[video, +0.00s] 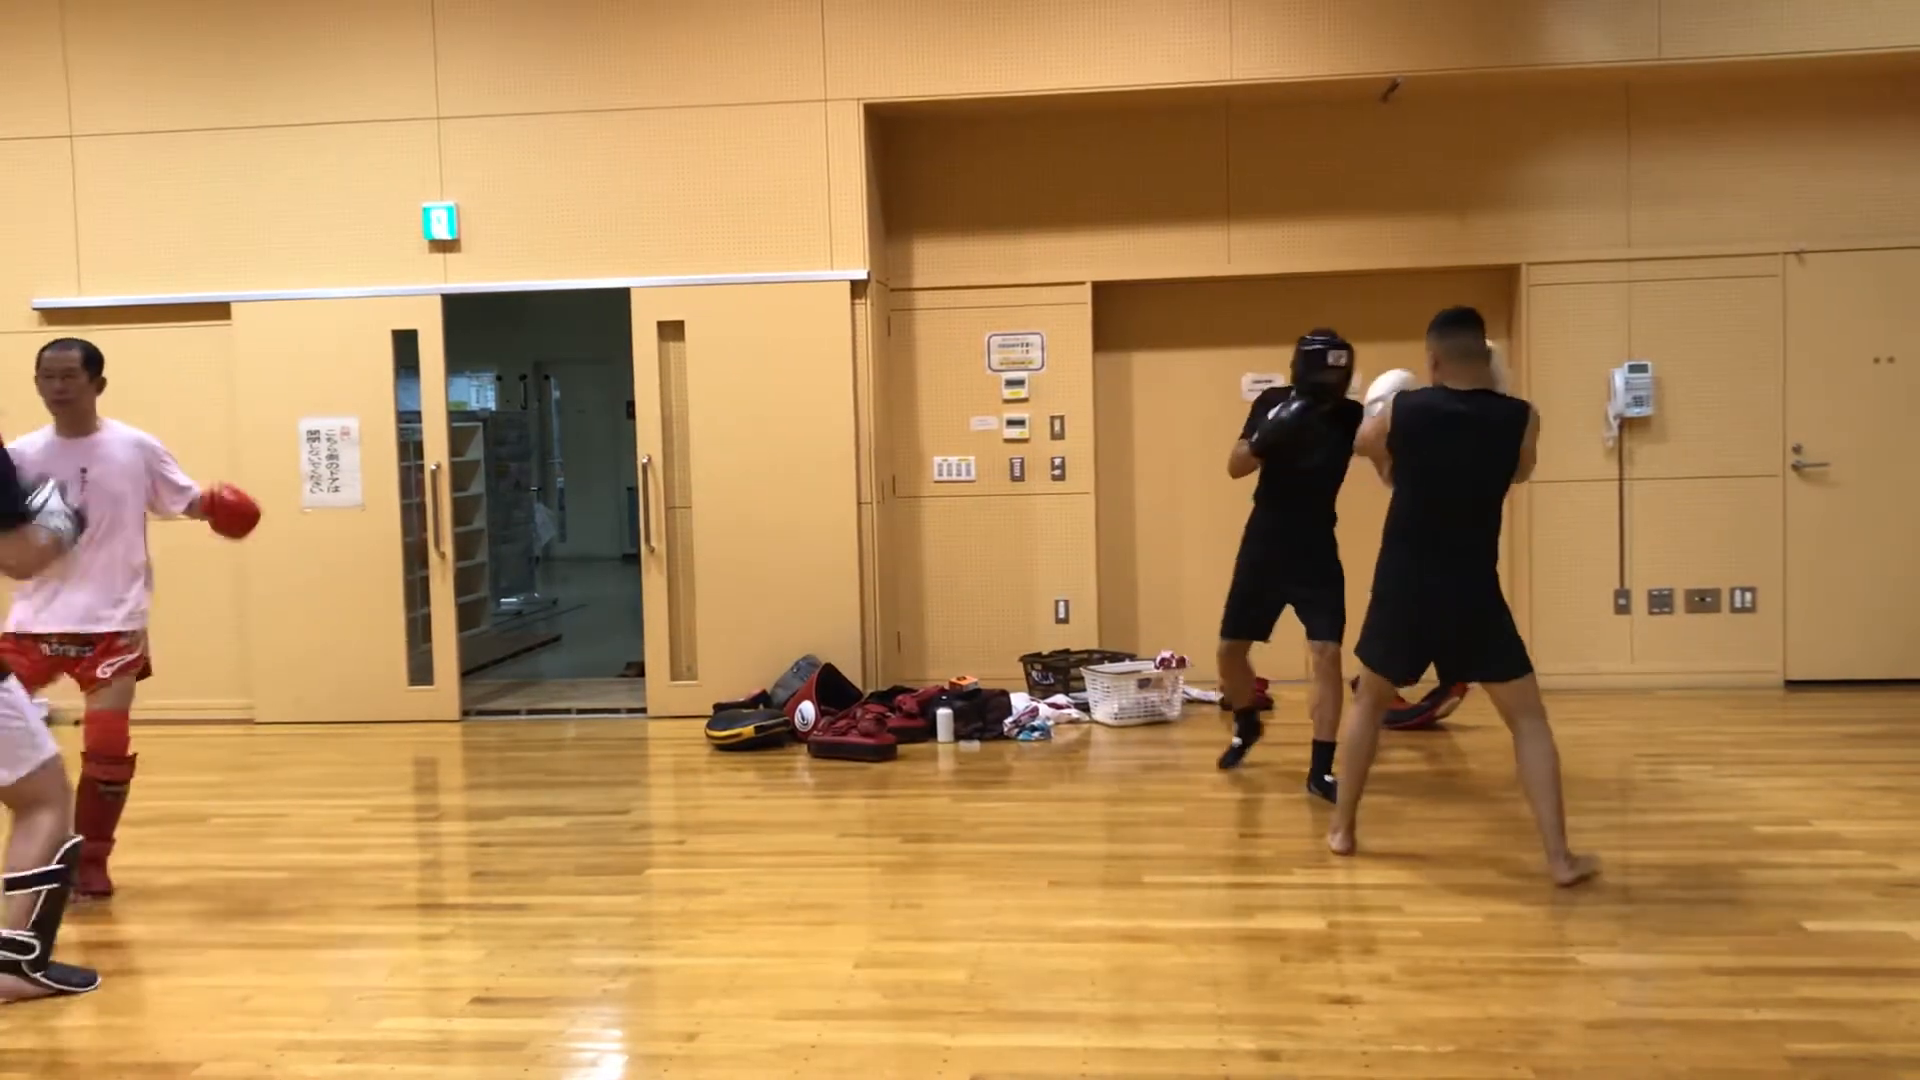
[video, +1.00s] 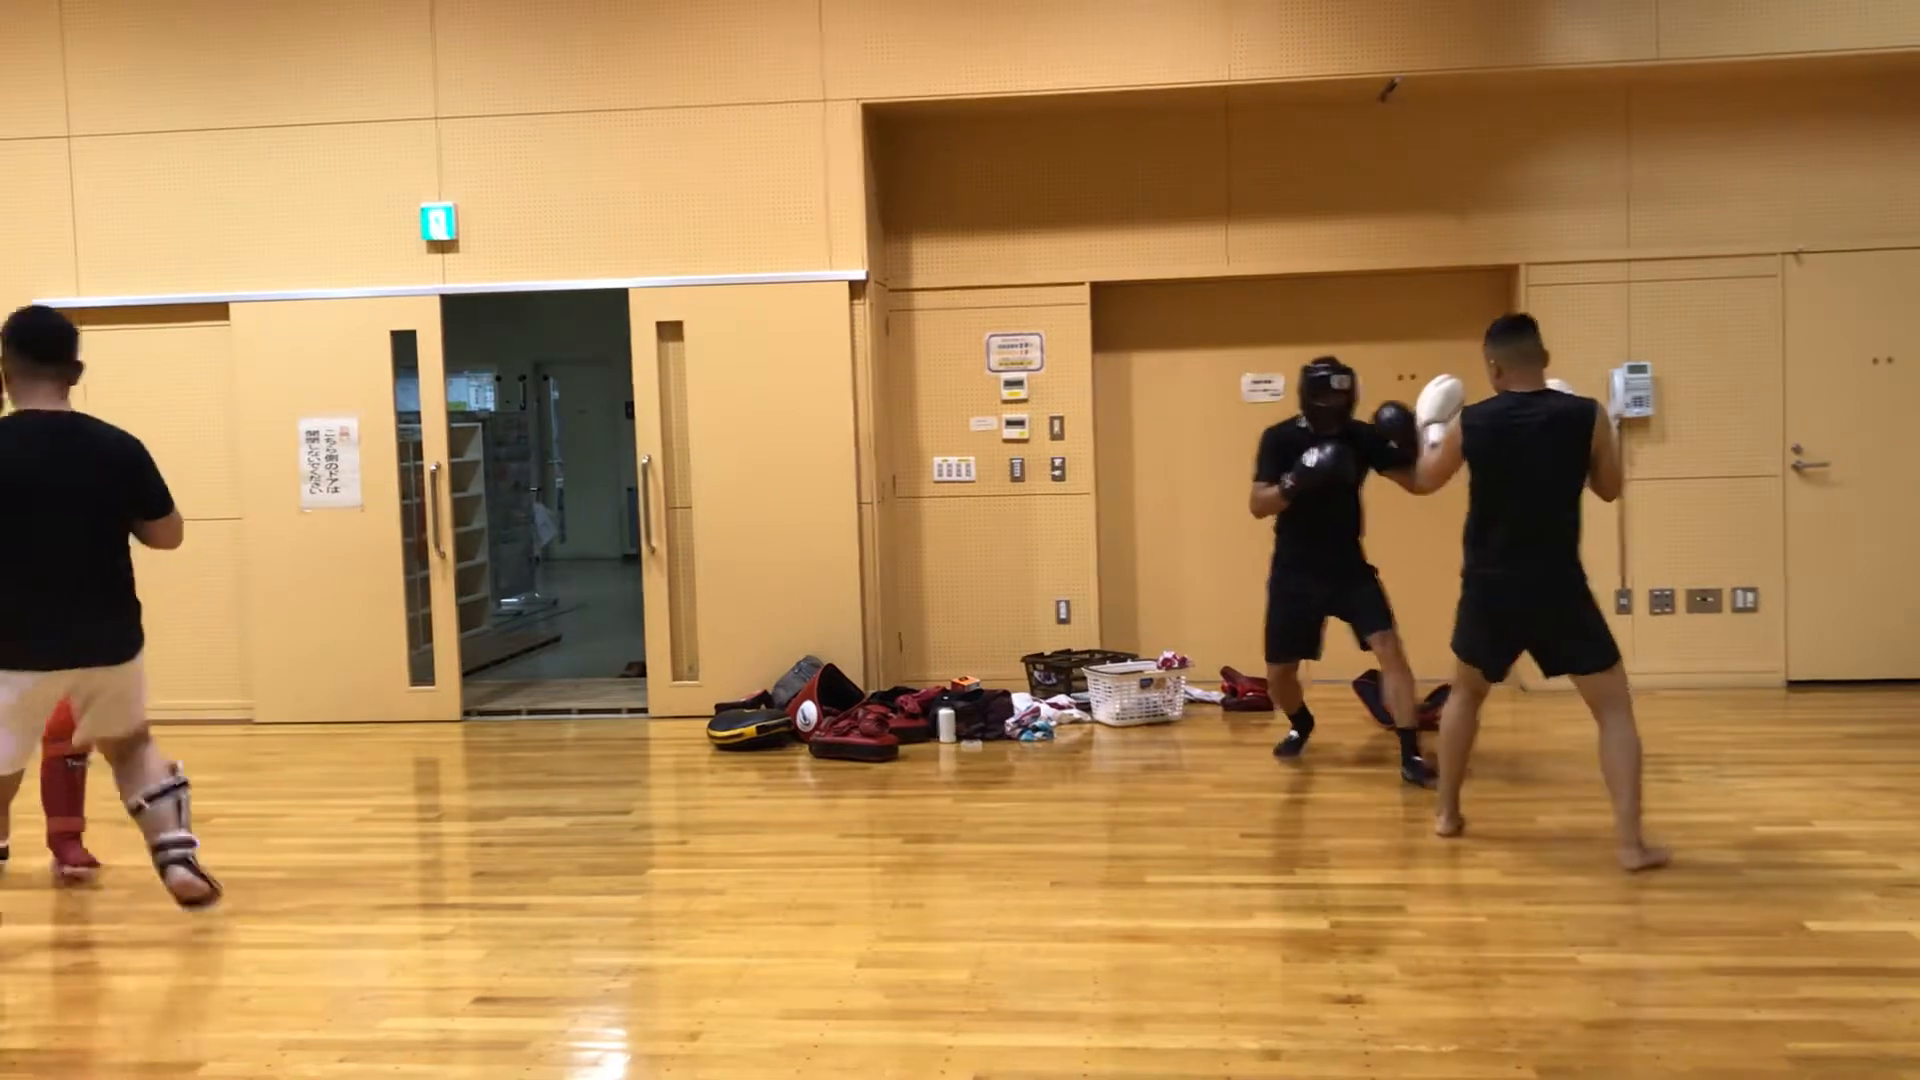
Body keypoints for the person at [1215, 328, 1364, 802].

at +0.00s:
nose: (1332, 383)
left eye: (1340, 374)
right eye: (1322, 373)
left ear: (1348, 374)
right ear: (1300, 370)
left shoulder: (1352, 417)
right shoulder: (1274, 403)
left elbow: (1389, 468)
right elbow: (1236, 467)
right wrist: (1272, 431)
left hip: (1316, 543)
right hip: (1266, 540)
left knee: (1327, 654)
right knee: (1230, 651)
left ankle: (1321, 771)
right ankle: (1246, 725)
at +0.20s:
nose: (1312, 394)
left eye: (1319, 384)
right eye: (1302, 384)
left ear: (1329, 382)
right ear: (1280, 383)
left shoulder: (1344, 422)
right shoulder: (1259, 426)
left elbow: (1368, 495)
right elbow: (1248, 496)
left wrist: (1364, 464)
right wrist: (1279, 463)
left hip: (1337, 552)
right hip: (1283, 554)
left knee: (1357, 646)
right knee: (1253, 657)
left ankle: (1348, 762)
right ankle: (1268, 745)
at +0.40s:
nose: (1333, 385)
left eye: (1340, 376)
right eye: (1323, 375)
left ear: (1348, 375)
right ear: (1301, 374)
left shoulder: (1359, 417)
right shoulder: (1280, 417)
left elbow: (1392, 480)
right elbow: (1262, 485)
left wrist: (1391, 422)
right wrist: (1279, 439)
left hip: (1349, 551)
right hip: (1295, 552)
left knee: (1380, 650)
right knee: (1263, 652)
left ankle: (1413, 761)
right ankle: (1270, 746)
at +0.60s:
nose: (1363, 391)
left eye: (1372, 383)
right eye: (1354, 382)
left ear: (1381, 383)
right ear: (1332, 378)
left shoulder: (1383, 417)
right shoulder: (1302, 417)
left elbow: (1415, 464)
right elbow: (1281, 485)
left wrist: (1410, 409)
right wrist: (1315, 448)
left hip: (1367, 553)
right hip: (1311, 555)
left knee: (1395, 647)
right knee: (1274, 651)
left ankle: (1410, 758)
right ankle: (1273, 746)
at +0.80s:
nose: (1370, 417)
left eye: (1378, 408)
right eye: (1361, 408)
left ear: (1387, 408)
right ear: (1340, 403)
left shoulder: (1390, 440)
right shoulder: (1308, 441)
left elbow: (1444, 474)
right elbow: (1280, 509)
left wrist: (1429, 420)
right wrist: (1314, 491)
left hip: (1366, 569)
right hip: (1311, 571)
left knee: (1405, 644)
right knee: (1276, 674)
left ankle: (1412, 760)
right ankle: (1292, 716)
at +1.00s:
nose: (1339, 408)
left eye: (1345, 399)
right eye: (1329, 399)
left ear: (1352, 398)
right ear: (1307, 398)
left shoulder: (1361, 437)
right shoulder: (1280, 439)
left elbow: (1413, 479)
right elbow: (1258, 505)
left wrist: (1407, 439)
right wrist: (1296, 479)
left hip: (1347, 564)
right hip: (1294, 568)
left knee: (1388, 645)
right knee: (1279, 672)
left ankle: (1411, 755)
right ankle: (1301, 724)